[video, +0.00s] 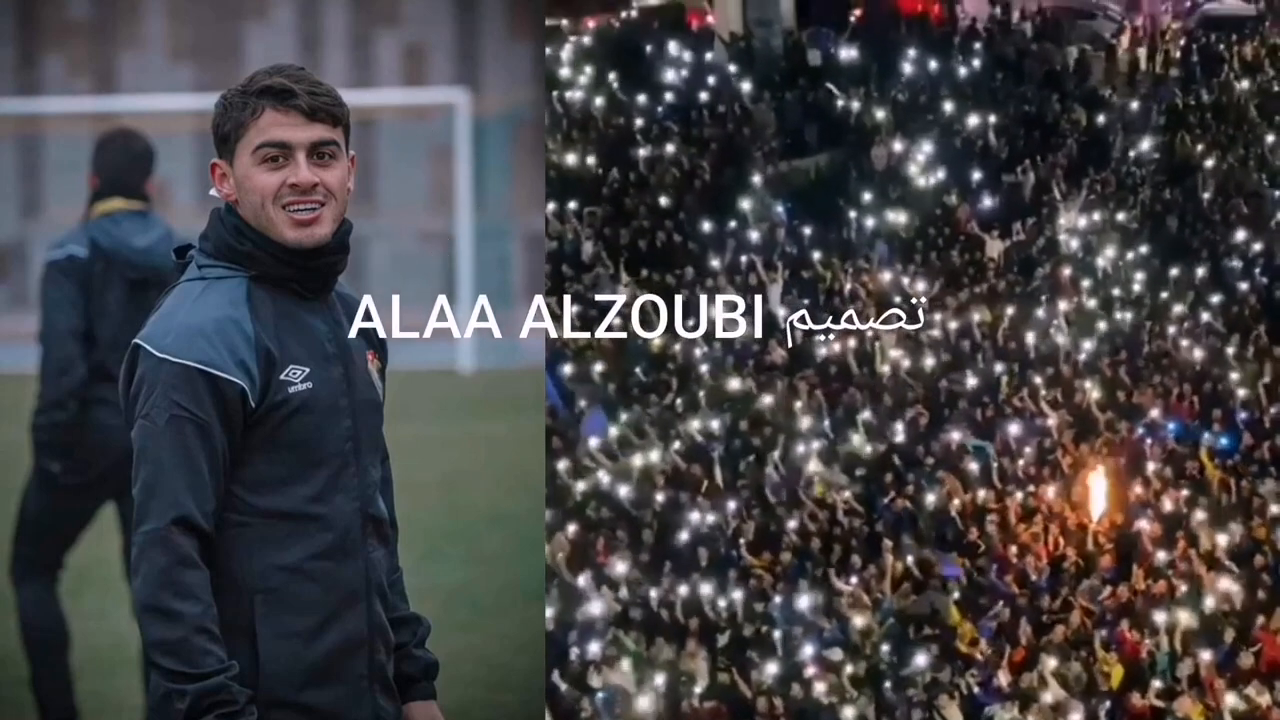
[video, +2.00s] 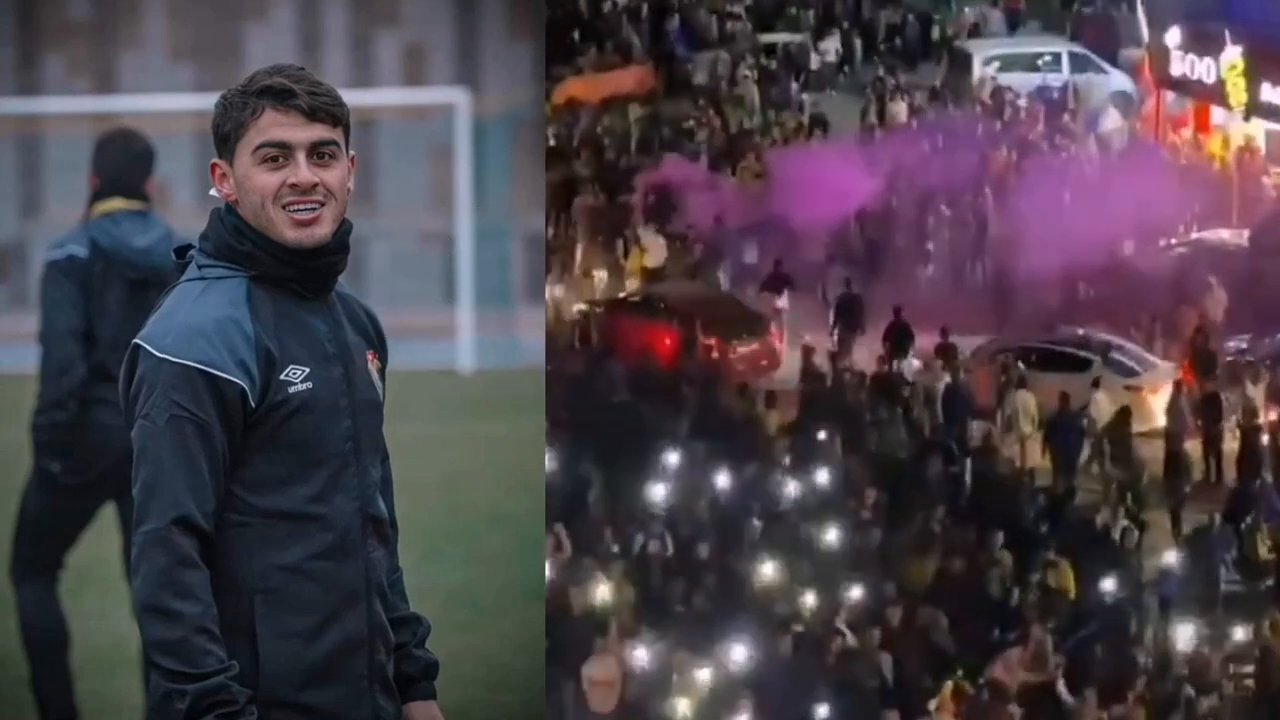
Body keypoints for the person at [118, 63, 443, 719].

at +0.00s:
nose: (305, 178)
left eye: (322, 155)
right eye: (274, 158)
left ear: (350, 171)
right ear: (226, 182)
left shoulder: (352, 319)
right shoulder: (195, 334)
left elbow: (372, 524)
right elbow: (164, 551)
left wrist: (414, 684)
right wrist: (213, 705)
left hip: (364, 690)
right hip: (260, 692)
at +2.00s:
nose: (305, 178)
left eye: (322, 155)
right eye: (274, 158)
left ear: (350, 171)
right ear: (226, 182)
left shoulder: (356, 323)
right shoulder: (195, 334)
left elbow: (372, 524)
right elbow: (164, 550)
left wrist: (414, 684)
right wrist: (213, 705)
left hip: (364, 690)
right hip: (259, 691)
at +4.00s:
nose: (305, 178)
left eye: (322, 155)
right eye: (274, 158)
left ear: (350, 171)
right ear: (226, 182)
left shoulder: (356, 324)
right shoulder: (195, 334)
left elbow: (373, 525)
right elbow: (164, 551)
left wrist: (414, 684)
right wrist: (213, 705)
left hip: (365, 690)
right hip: (259, 691)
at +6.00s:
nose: (304, 178)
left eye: (322, 155)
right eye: (274, 158)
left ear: (350, 171)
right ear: (226, 182)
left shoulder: (356, 323)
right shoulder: (195, 334)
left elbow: (372, 525)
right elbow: (164, 550)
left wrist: (414, 685)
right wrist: (213, 705)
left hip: (365, 690)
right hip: (259, 691)